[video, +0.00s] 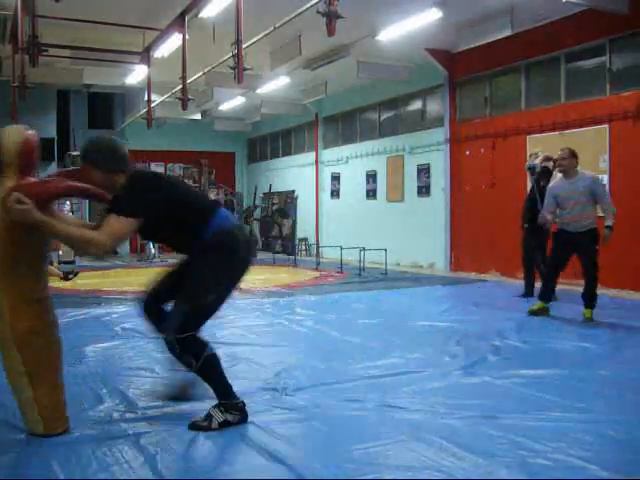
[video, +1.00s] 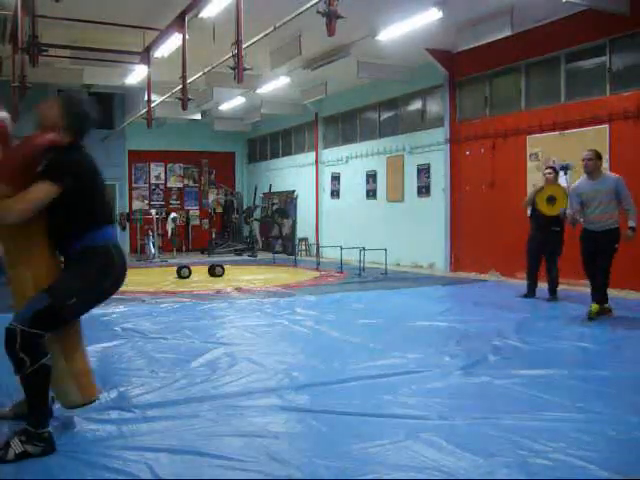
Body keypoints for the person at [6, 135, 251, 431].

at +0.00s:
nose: (86, 178)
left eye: (88, 171)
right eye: (85, 172)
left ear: (102, 170)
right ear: (118, 164)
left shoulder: (140, 188)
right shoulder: (129, 190)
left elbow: (101, 246)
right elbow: (98, 236)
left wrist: (38, 219)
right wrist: (51, 215)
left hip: (227, 247)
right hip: (211, 248)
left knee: (179, 329)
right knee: (154, 304)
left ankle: (230, 404)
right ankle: (192, 374)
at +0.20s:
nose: (44, 174)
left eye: (48, 166)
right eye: (45, 167)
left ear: (62, 167)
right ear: (77, 163)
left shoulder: (104, 192)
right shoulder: (84, 198)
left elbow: (71, 253)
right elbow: (66, 248)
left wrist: (14, 224)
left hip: (160, 271)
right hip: (145, 269)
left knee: (81, 316)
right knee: (83, 316)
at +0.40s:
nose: (26, 188)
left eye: (32, 182)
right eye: (29, 182)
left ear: (44, 189)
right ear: (66, 189)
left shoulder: (67, 228)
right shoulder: (55, 224)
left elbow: (24, 271)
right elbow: (19, 252)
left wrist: (1, 242)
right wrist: (10, 211)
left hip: (106, 322)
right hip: (99, 314)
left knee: (18, 338)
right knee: (21, 322)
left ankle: (37, 433)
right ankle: (49, 413)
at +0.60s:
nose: (17, 181)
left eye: (24, 177)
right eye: (21, 175)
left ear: (35, 189)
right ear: (54, 191)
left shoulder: (40, 223)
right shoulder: (52, 219)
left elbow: (3, 232)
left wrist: (6, 192)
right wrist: (7, 191)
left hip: (92, 323)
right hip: (94, 317)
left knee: (9, 340)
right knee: (14, 323)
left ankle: (34, 432)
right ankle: (39, 409)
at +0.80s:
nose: (6, 153)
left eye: (13, 148)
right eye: (9, 146)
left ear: (30, 157)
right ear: (41, 157)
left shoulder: (39, 189)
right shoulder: (48, 186)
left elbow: (5, 226)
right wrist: (39, 276)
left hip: (94, 283)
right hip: (92, 279)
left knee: (16, 330)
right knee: (16, 325)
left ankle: (36, 430)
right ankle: (31, 407)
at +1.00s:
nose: (41, 111)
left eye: (49, 107)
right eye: (44, 105)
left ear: (65, 120)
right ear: (69, 124)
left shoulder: (66, 160)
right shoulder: (65, 157)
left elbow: (20, 208)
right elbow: (24, 202)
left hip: (98, 263)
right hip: (90, 261)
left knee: (23, 333)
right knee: (25, 325)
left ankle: (39, 432)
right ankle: (37, 401)